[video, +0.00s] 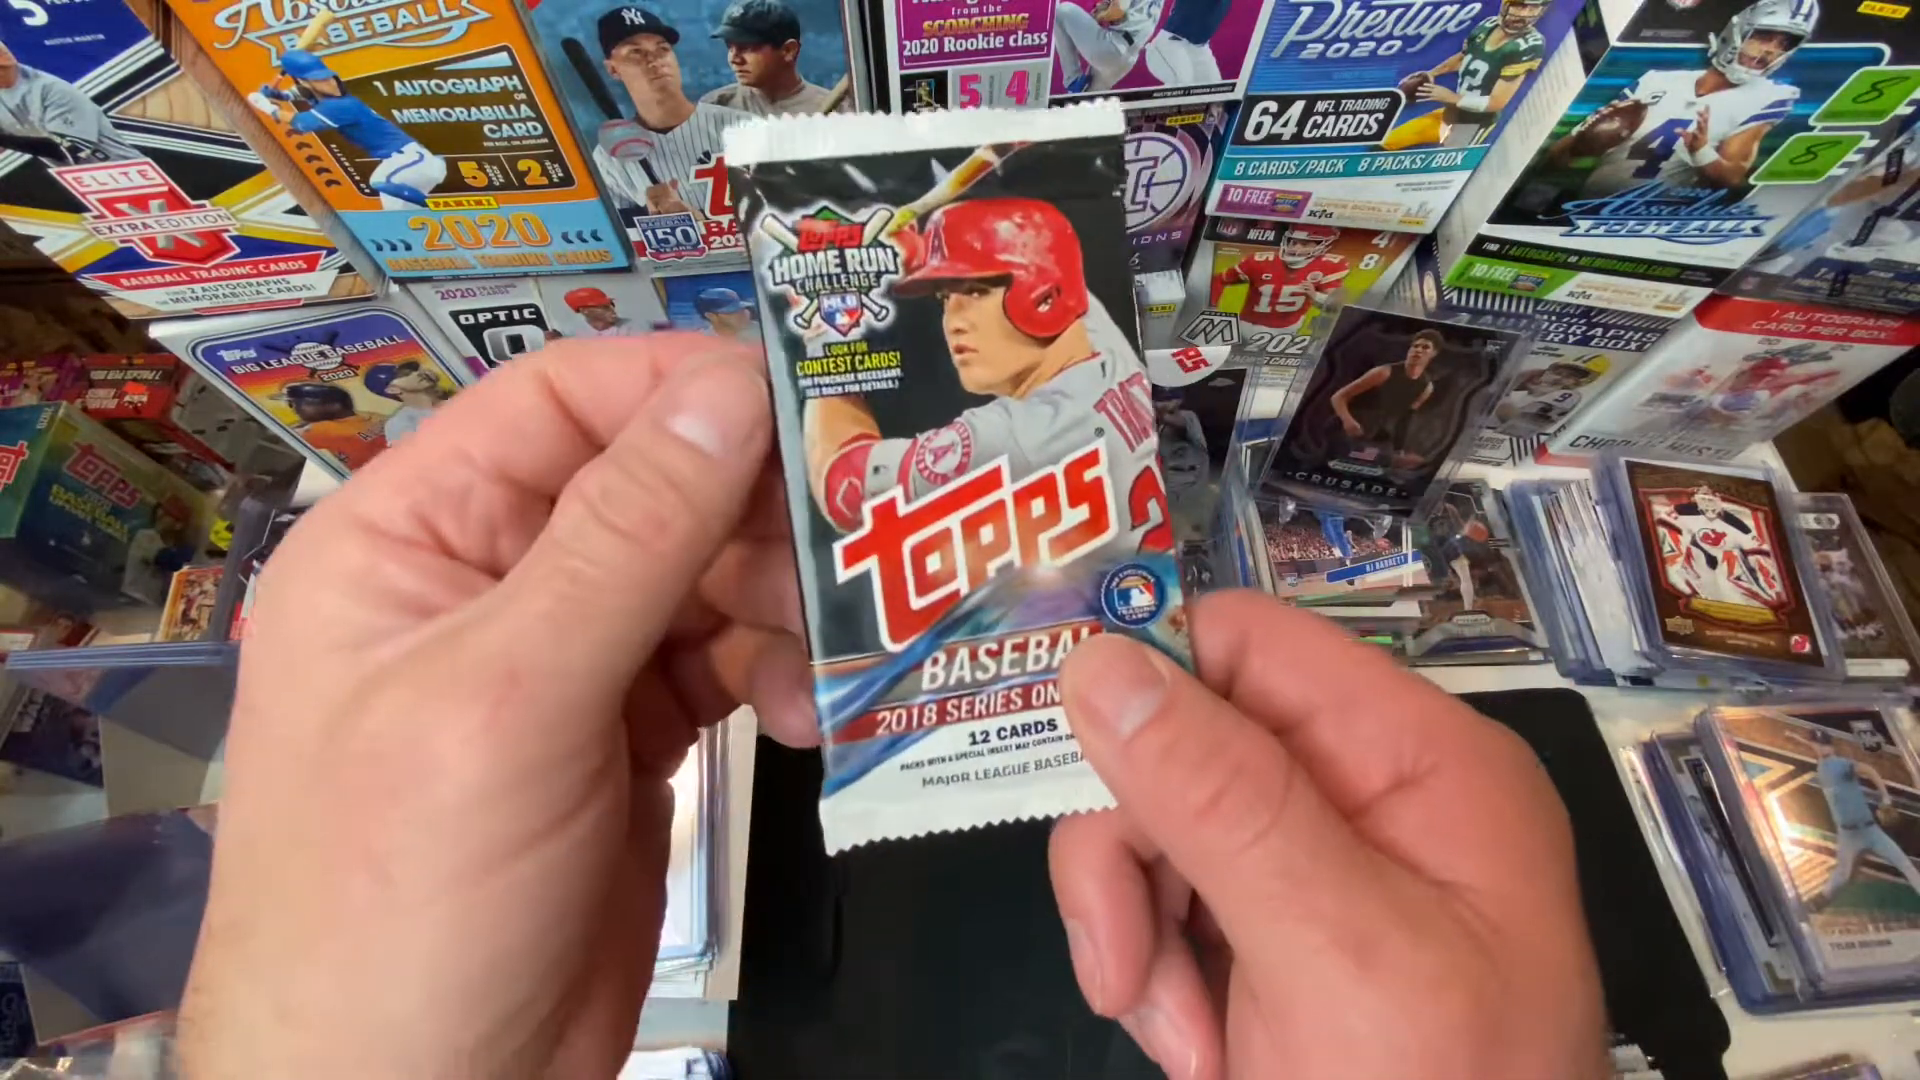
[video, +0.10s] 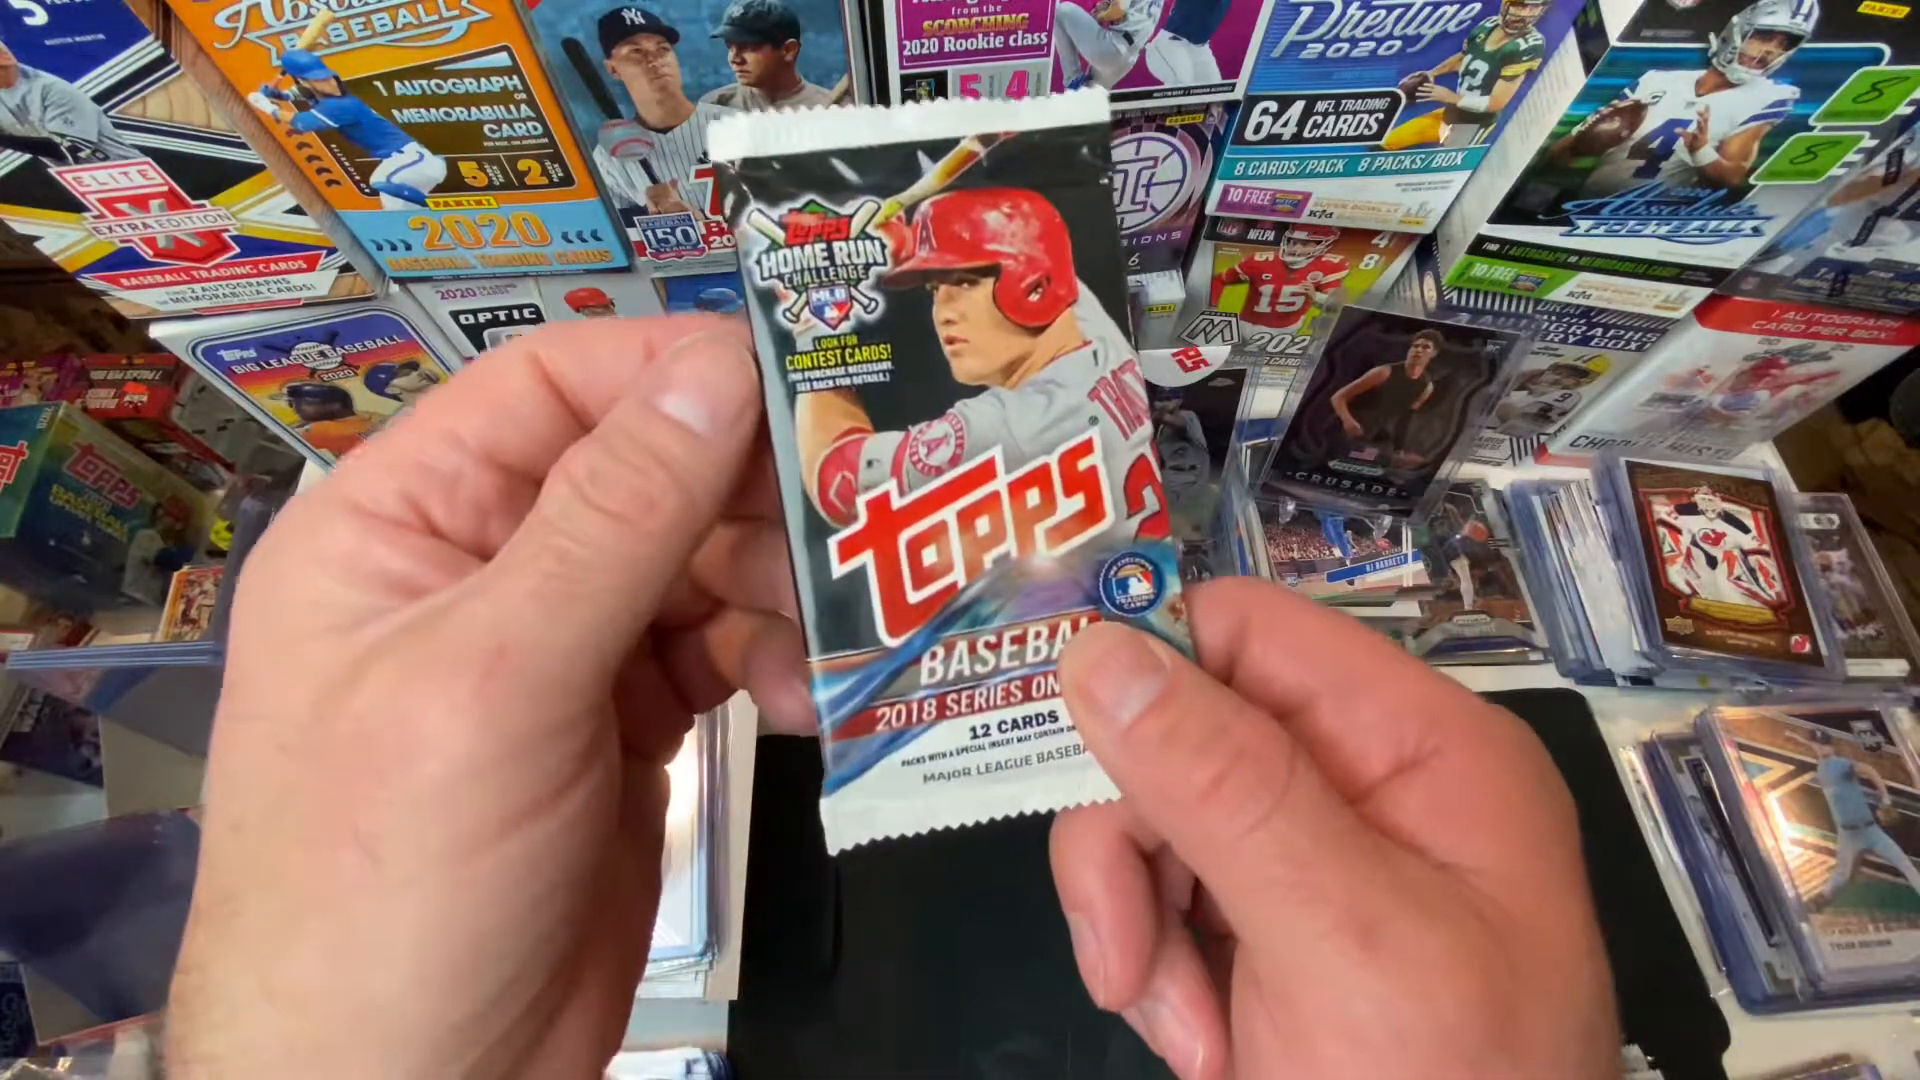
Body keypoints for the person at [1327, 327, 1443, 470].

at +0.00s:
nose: (1418, 350)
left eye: (1425, 347)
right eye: (1415, 346)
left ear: (1433, 354)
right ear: (1409, 349)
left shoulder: (1426, 389)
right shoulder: (1384, 373)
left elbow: (1405, 417)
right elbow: (1338, 397)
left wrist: (1400, 452)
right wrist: (1348, 421)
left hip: (1384, 442)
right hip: (1358, 435)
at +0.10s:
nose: (1418, 351)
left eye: (1425, 347)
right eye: (1415, 346)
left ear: (1434, 354)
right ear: (1409, 349)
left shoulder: (1426, 389)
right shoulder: (1384, 373)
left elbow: (1405, 417)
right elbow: (1338, 398)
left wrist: (1399, 451)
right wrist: (1348, 421)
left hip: (1385, 442)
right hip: (1359, 436)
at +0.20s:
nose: (1418, 351)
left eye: (1425, 347)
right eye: (1415, 346)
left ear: (1433, 354)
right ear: (1409, 349)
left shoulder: (1426, 389)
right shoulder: (1384, 373)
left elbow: (1405, 417)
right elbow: (1338, 398)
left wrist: (1399, 451)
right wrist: (1348, 421)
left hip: (1386, 443)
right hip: (1360, 436)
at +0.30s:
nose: (1418, 351)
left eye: (1425, 347)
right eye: (1415, 346)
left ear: (1434, 354)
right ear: (1409, 349)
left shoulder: (1426, 388)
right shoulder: (1384, 373)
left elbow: (1405, 417)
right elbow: (1338, 398)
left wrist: (1399, 451)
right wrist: (1348, 421)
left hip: (1386, 442)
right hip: (1360, 436)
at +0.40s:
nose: (1418, 351)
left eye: (1425, 347)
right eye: (1415, 346)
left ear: (1434, 353)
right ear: (1409, 349)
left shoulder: (1426, 388)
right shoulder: (1384, 373)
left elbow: (1405, 417)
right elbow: (1338, 398)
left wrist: (1399, 451)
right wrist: (1348, 421)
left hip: (1385, 442)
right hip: (1360, 436)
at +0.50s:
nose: (1418, 351)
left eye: (1425, 347)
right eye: (1415, 346)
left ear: (1434, 354)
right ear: (1409, 349)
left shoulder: (1426, 389)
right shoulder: (1384, 373)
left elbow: (1405, 417)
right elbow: (1338, 397)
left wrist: (1399, 451)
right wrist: (1348, 421)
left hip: (1385, 442)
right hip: (1360, 435)